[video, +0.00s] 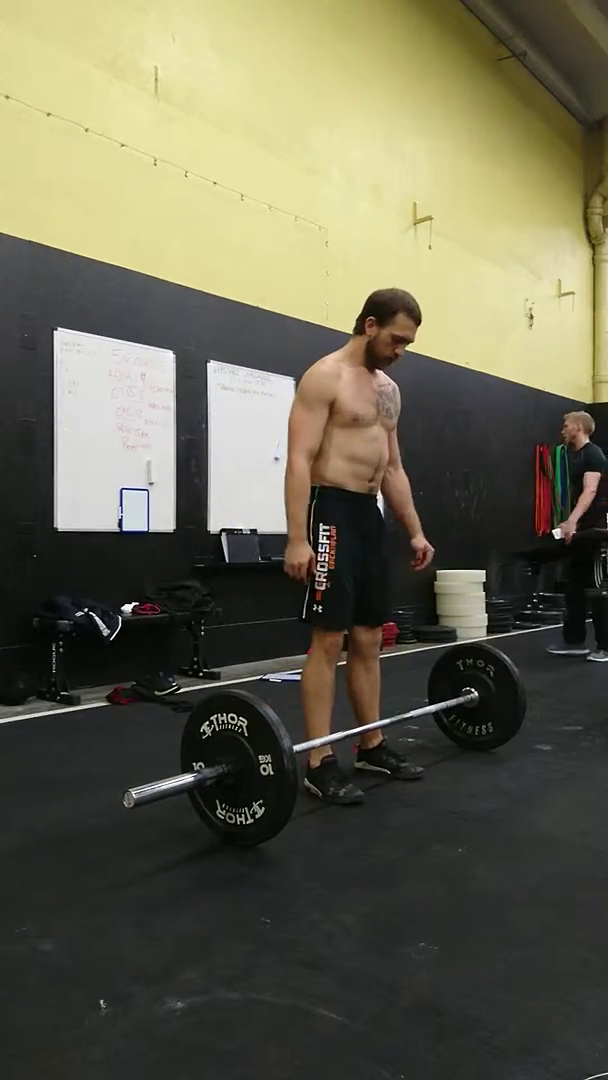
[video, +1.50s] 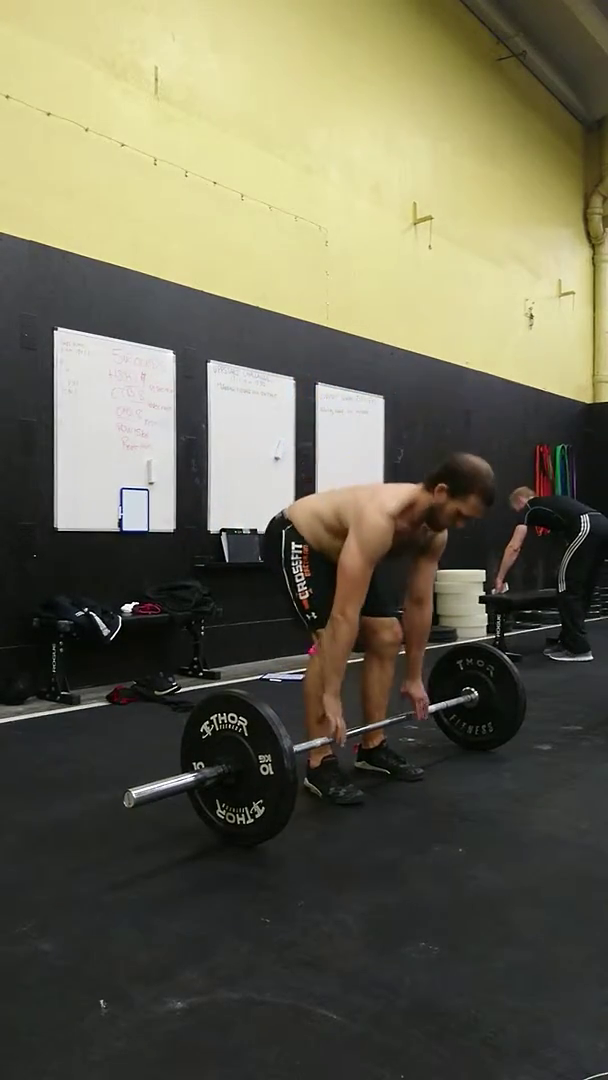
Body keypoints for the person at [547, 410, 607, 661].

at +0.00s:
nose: (562, 430)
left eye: (566, 426)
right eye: (563, 426)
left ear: (580, 429)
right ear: (577, 429)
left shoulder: (593, 453)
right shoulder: (571, 454)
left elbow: (590, 491)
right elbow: (573, 492)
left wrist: (572, 520)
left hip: (595, 530)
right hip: (579, 530)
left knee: (597, 587)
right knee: (574, 584)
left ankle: (603, 645)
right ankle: (574, 640)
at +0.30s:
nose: (552, 433)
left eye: (555, 429)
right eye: (553, 430)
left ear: (566, 433)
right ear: (569, 434)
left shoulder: (571, 455)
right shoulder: (572, 455)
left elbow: (558, 493)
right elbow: (560, 494)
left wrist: (534, 521)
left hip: (590, 521)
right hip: (580, 521)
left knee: (581, 580)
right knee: (571, 580)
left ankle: (602, 643)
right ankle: (571, 643)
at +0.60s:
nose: (533, 459)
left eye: (533, 456)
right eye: (533, 456)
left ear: (537, 454)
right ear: (553, 451)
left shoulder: (549, 468)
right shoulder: (568, 468)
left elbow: (532, 507)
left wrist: (514, 537)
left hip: (588, 521)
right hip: (594, 520)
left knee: (573, 579)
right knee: (576, 580)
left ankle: (576, 646)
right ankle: (571, 642)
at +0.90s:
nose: (523, 487)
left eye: (523, 484)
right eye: (523, 485)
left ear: (525, 482)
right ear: (542, 476)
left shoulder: (534, 491)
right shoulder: (555, 486)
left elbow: (519, 532)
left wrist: (505, 562)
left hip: (590, 525)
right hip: (599, 522)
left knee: (569, 582)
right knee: (579, 584)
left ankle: (577, 647)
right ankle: (571, 640)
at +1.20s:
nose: (522, 509)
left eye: (521, 507)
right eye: (521, 508)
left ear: (523, 504)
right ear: (537, 497)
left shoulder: (531, 510)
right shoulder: (553, 501)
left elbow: (513, 549)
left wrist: (497, 579)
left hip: (588, 529)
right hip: (600, 526)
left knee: (566, 584)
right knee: (580, 585)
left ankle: (578, 648)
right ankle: (569, 642)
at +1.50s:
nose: (519, 512)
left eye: (518, 508)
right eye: (517, 509)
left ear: (521, 501)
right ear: (531, 497)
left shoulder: (531, 508)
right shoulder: (550, 502)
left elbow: (514, 547)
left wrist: (500, 578)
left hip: (587, 528)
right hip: (600, 525)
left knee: (567, 585)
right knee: (582, 586)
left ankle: (578, 648)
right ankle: (569, 641)